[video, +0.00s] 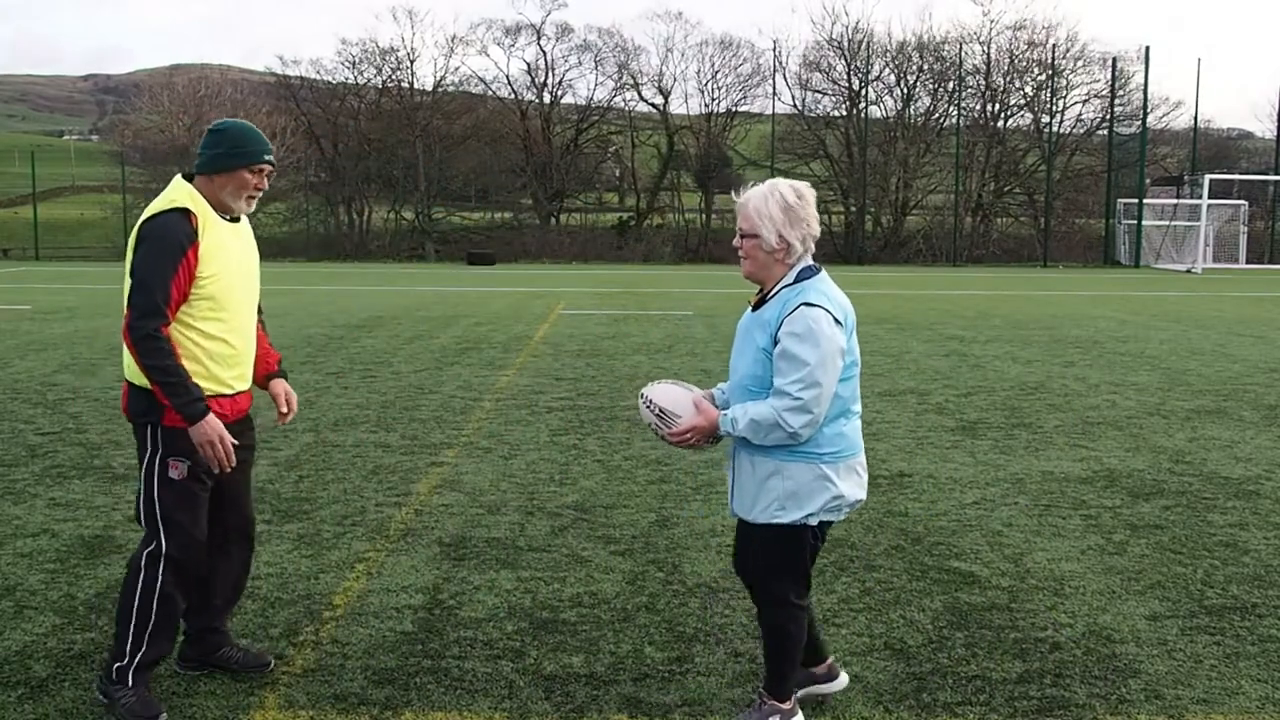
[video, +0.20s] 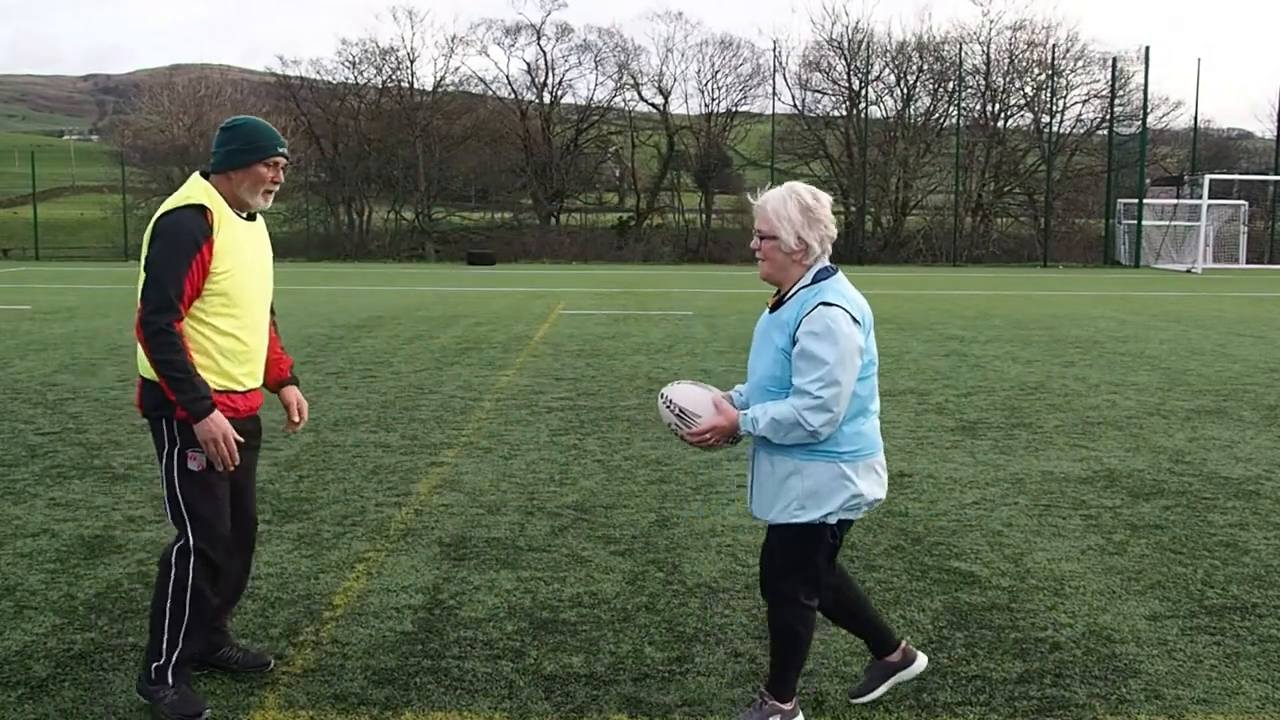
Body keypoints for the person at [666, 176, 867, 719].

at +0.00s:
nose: (737, 245)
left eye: (747, 236)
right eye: (737, 235)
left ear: (783, 244)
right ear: (774, 244)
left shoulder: (810, 313)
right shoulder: (776, 301)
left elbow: (797, 415)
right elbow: (758, 383)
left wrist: (723, 422)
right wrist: (708, 402)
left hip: (802, 476)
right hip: (770, 467)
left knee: (778, 585)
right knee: (754, 563)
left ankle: (780, 701)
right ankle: (814, 665)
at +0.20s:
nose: (754, 247)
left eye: (763, 238)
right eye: (755, 236)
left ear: (798, 244)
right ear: (790, 245)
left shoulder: (828, 314)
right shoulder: (795, 304)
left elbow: (817, 413)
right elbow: (776, 384)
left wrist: (740, 422)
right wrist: (728, 403)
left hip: (826, 475)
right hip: (803, 469)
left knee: (785, 581)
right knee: (813, 574)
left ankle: (780, 702)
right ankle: (892, 653)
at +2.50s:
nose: (992, 268)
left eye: (999, 257)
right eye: (989, 258)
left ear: (1038, 255)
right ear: (1034, 257)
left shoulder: (1081, 320)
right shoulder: (1026, 313)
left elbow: (1082, 418)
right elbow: (1020, 393)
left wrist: (1004, 430)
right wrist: (974, 422)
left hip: (1094, 483)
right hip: (1040, 478)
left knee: (1111, 593)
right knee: (1008, 580)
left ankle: (1146, 698)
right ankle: (969, 677)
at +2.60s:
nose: (964, 264)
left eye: (972, 254)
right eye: (962, 254)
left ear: (1008, 256)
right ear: (1000, 259)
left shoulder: (1052, 320)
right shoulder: (1004, 313)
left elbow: (1049, 418)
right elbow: (996, 394)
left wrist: (973, 429)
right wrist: (948, 418)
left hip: (1062, 487)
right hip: (1010, 483)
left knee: (1087, 591)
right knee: (986, 585)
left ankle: (1142, 690)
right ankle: (963, 684)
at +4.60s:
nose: (785, 252)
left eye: (796, 243)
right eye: (787, 241)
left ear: (829, 253)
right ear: (823, 253)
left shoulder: (859, 322)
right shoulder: (826, 314)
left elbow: (855, 420)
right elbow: (809, 394)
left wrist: (777, 431)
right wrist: (763, 416)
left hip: (862, 486)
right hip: (822, 478)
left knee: (844, 587)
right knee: (784, 566)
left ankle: (890, 696)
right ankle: (750, 678)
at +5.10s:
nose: (890, 248)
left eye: (900, 239)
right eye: (891, 237)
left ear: (934, 247)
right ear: (926, 247)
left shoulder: (969, 311)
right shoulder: (929, 305)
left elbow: (979, 402)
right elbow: (917, 383)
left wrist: (905, 422)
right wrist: (876, 412)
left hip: (985, 468)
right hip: (955, 463)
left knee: (925, 558)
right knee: (960, 566)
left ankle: (912, 692)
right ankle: (985, 676)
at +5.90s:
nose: (1051, 239)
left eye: (1062, 231)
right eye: (1051, 228)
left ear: (1100, 241)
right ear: (1082, 239)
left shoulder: (1130, 305)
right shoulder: (1063, 298)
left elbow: (1143, 394)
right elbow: (1056, 375)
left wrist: (1061, 413)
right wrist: (1023, 407)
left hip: (1124, 468)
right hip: (1084, 464)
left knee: (1109, 578)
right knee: (1095, 574)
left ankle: (1118, 690)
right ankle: (1123, 668)